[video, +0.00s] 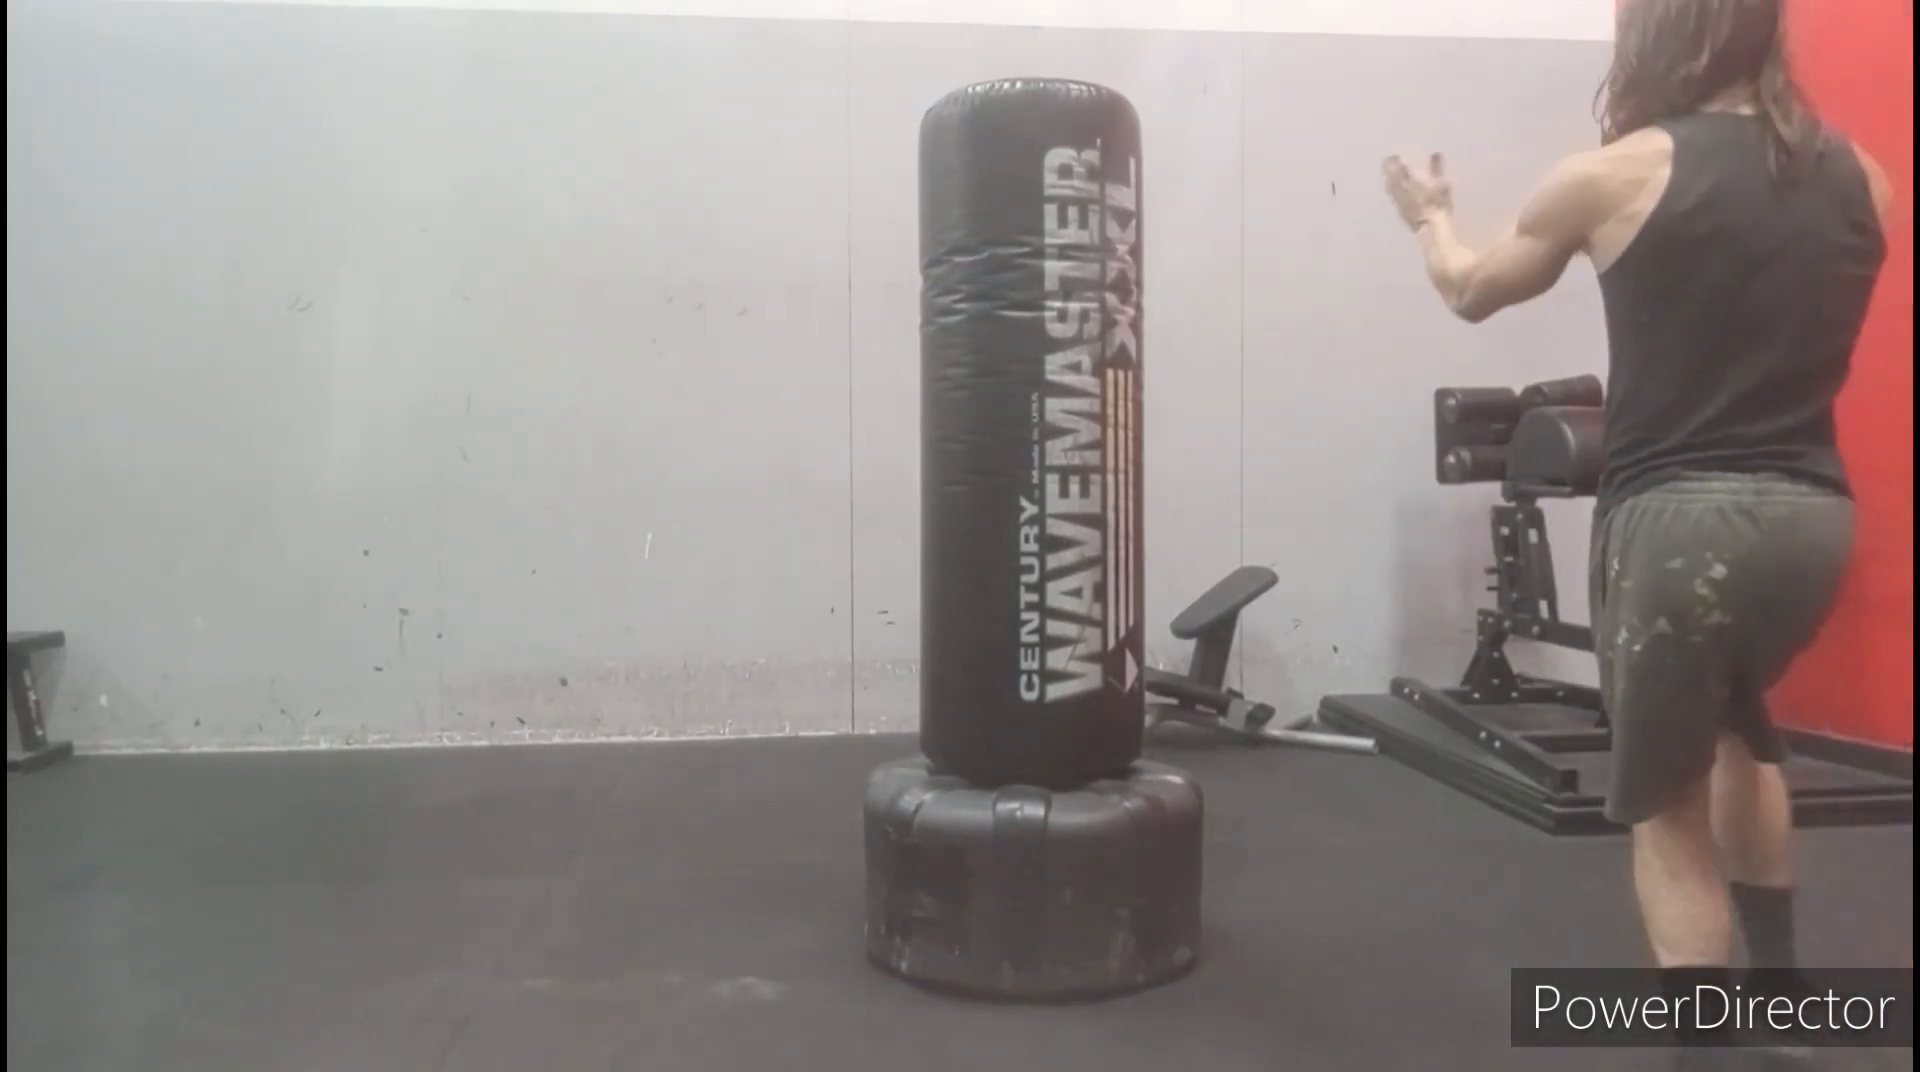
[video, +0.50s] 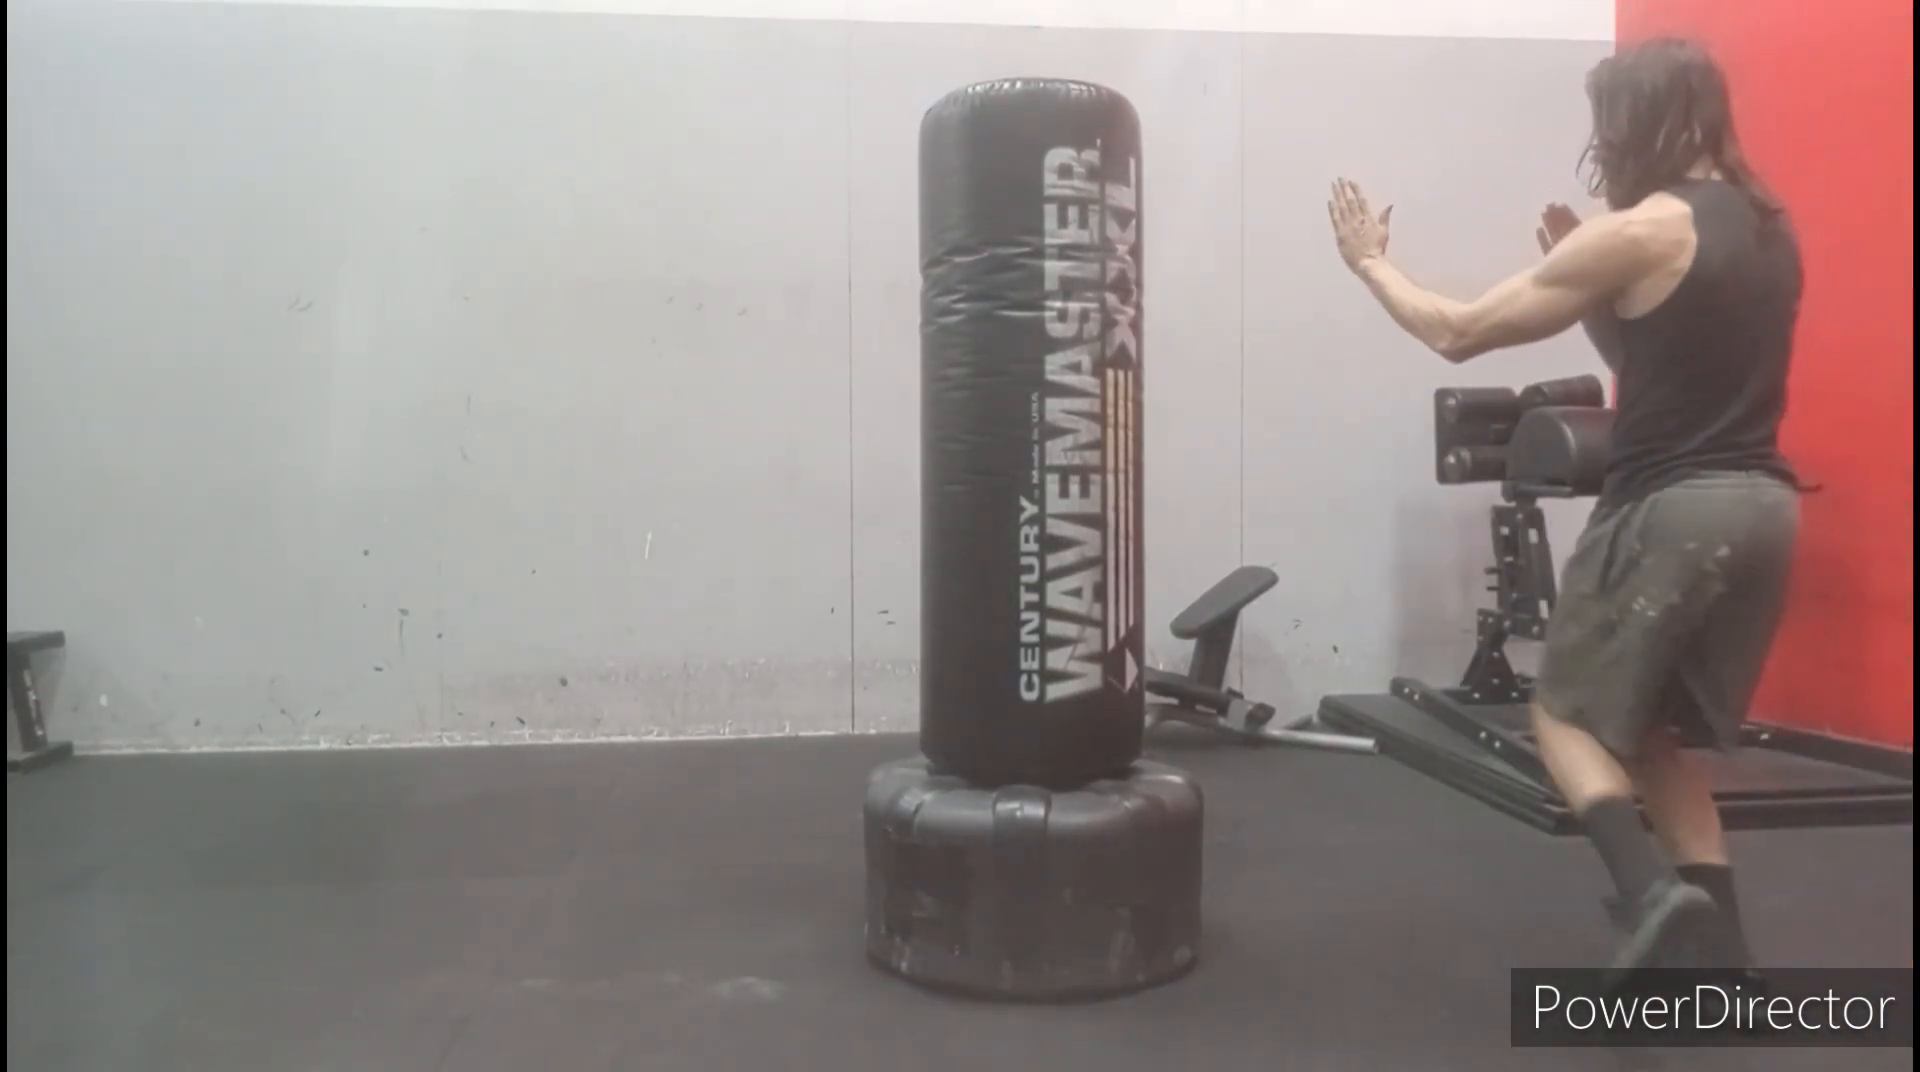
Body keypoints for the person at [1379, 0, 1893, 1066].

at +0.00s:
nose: (1615, 51)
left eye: (1625, 30)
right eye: (1620, 31)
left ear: (1663, 37)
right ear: (1768, 39)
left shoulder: (1615, 175)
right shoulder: (1860, 177)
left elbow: (1473, 290)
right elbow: (1807, 319)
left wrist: (1430, 215)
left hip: (1676, 520)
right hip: (1814, 515)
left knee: (1671, 818)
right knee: (1744, 728)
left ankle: (1713, 1050)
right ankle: (1776, 986)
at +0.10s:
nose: (1617, 63)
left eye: (1627, 40)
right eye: (1623, 42)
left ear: (1655, 49)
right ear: (1752, 49)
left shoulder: (1624, 183)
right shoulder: (1835, 188)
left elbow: (1463, 299)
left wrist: (1408, 224)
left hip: (1680, 516)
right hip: (1804, 509)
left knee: (1675, 823)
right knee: (1728, 741)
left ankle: (1707, 1044)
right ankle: (1751, 979)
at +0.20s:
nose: (1612, 88)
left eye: (1621, 68)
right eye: (1618, 66)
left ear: (1646, 74)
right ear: (1740, 71)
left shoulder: (1631, 195)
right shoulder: (1814, 198)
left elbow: (1456, 306)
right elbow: (1723, 311)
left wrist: (1394, 232)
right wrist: (1599, 230)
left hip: (1684, 514)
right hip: (1797, 510)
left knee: (1670, 832)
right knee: (1706, 755)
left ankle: (1707, 1046)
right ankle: (1744, 975)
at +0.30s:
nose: (1606, 105)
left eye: (1616, 85)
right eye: (1610, 83)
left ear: (1649, 92)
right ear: (1727, 89)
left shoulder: (1639, 209)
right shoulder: (1795, 203)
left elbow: (1457, 314)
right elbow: (1696, 328)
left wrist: (1385, 244)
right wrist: (1593, 243)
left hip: (1684, 512)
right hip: (1787, 503)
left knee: (1657, 813)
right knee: (1699, 764)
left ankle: (1699, 1024)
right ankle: (1735, 983)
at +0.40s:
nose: (1604, 120)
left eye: (1613, 101)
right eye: (1607, 99)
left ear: (1644, 106)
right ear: (1718, 101)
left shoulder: (1642, 221)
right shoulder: (1780, 210)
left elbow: (1458, 318)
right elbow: (1685, 335)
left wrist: (1374, 250)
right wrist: (1592, 259)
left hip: (1684, 508)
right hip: (1778, 500)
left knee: (1604, 769)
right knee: (1691, 759)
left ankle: (1689, 986)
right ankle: (1731, 981)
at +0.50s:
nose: (1597, 139)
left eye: (1605, 121)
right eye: (1600, 120)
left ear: (1633, 125)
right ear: (1706, 119)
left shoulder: (1638, 233)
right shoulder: (1767, 224)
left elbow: (1458, 330)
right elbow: (1666, 358)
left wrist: (1368, 261)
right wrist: (1585, 273)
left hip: (1676, 506)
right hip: (1766, 501)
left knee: (1564, 713)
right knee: (1667, 744)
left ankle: (1648, 888)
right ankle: (1723, 968)